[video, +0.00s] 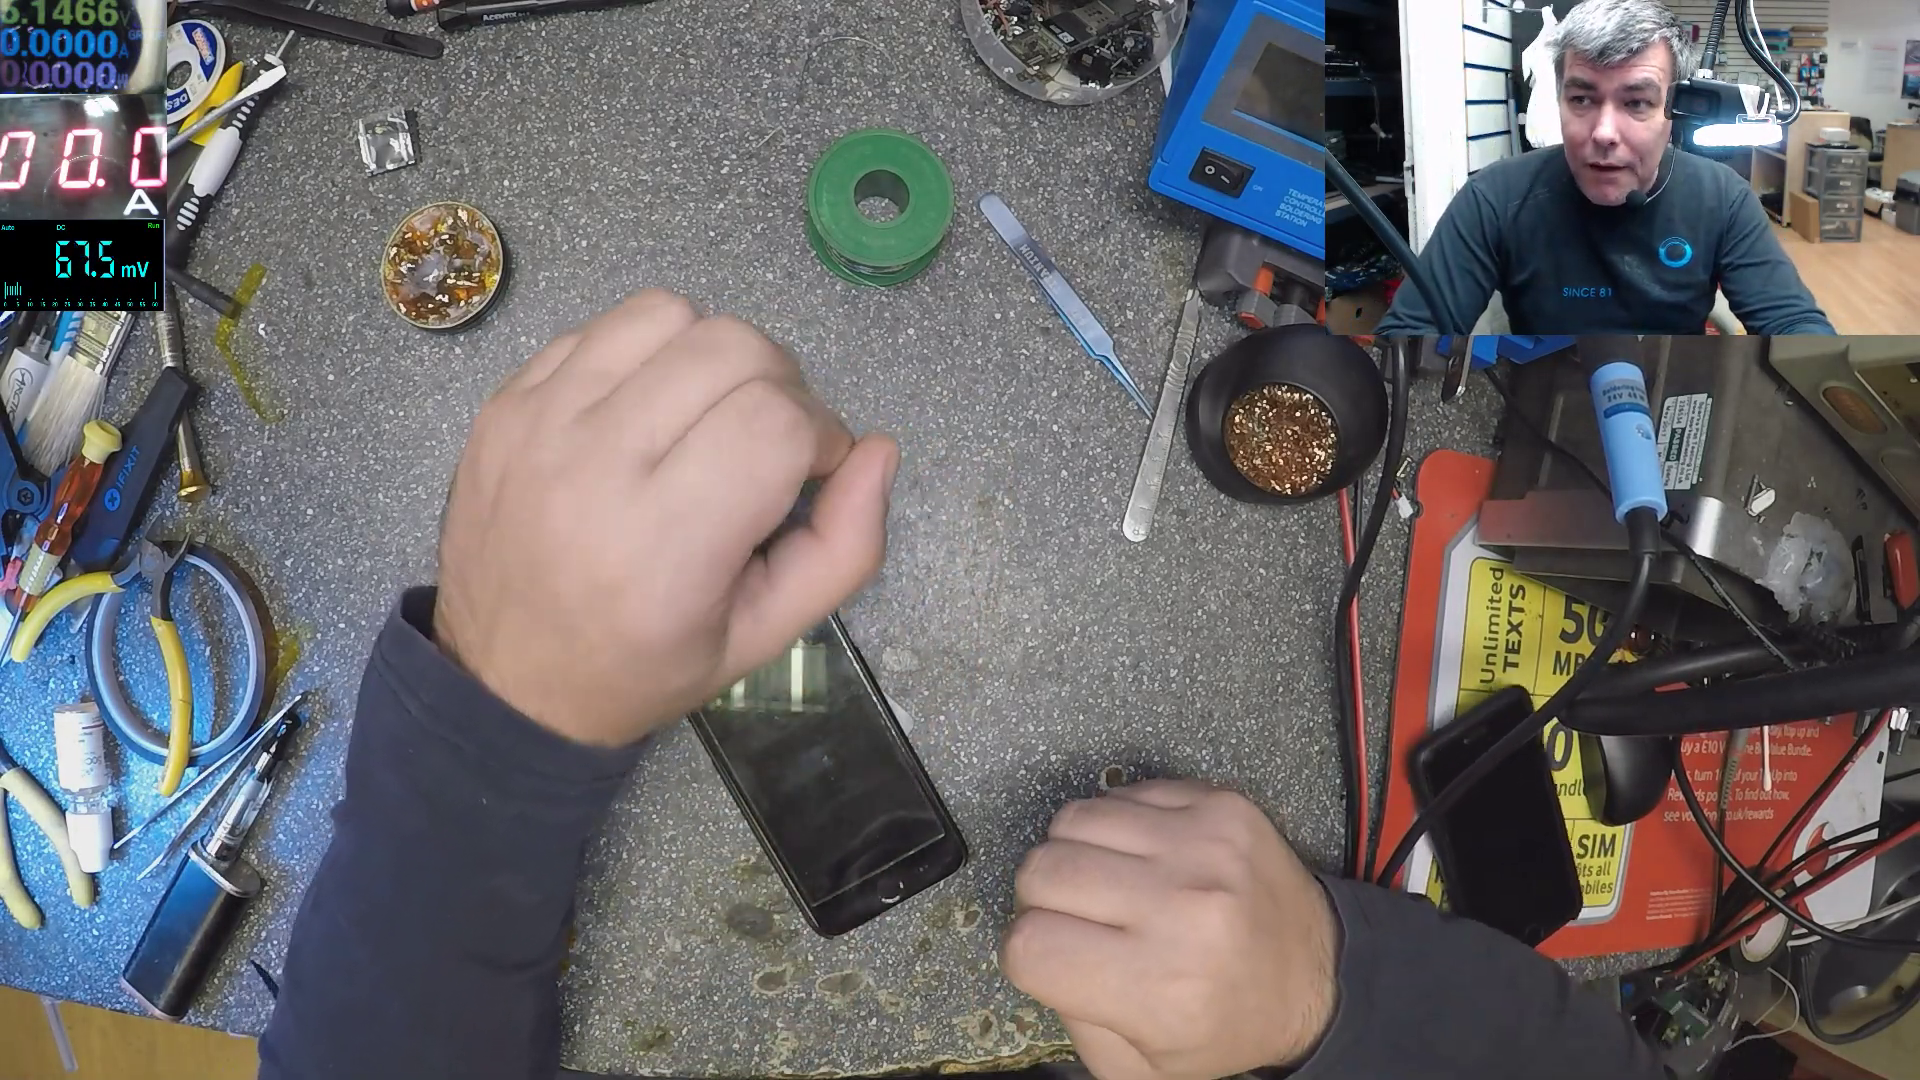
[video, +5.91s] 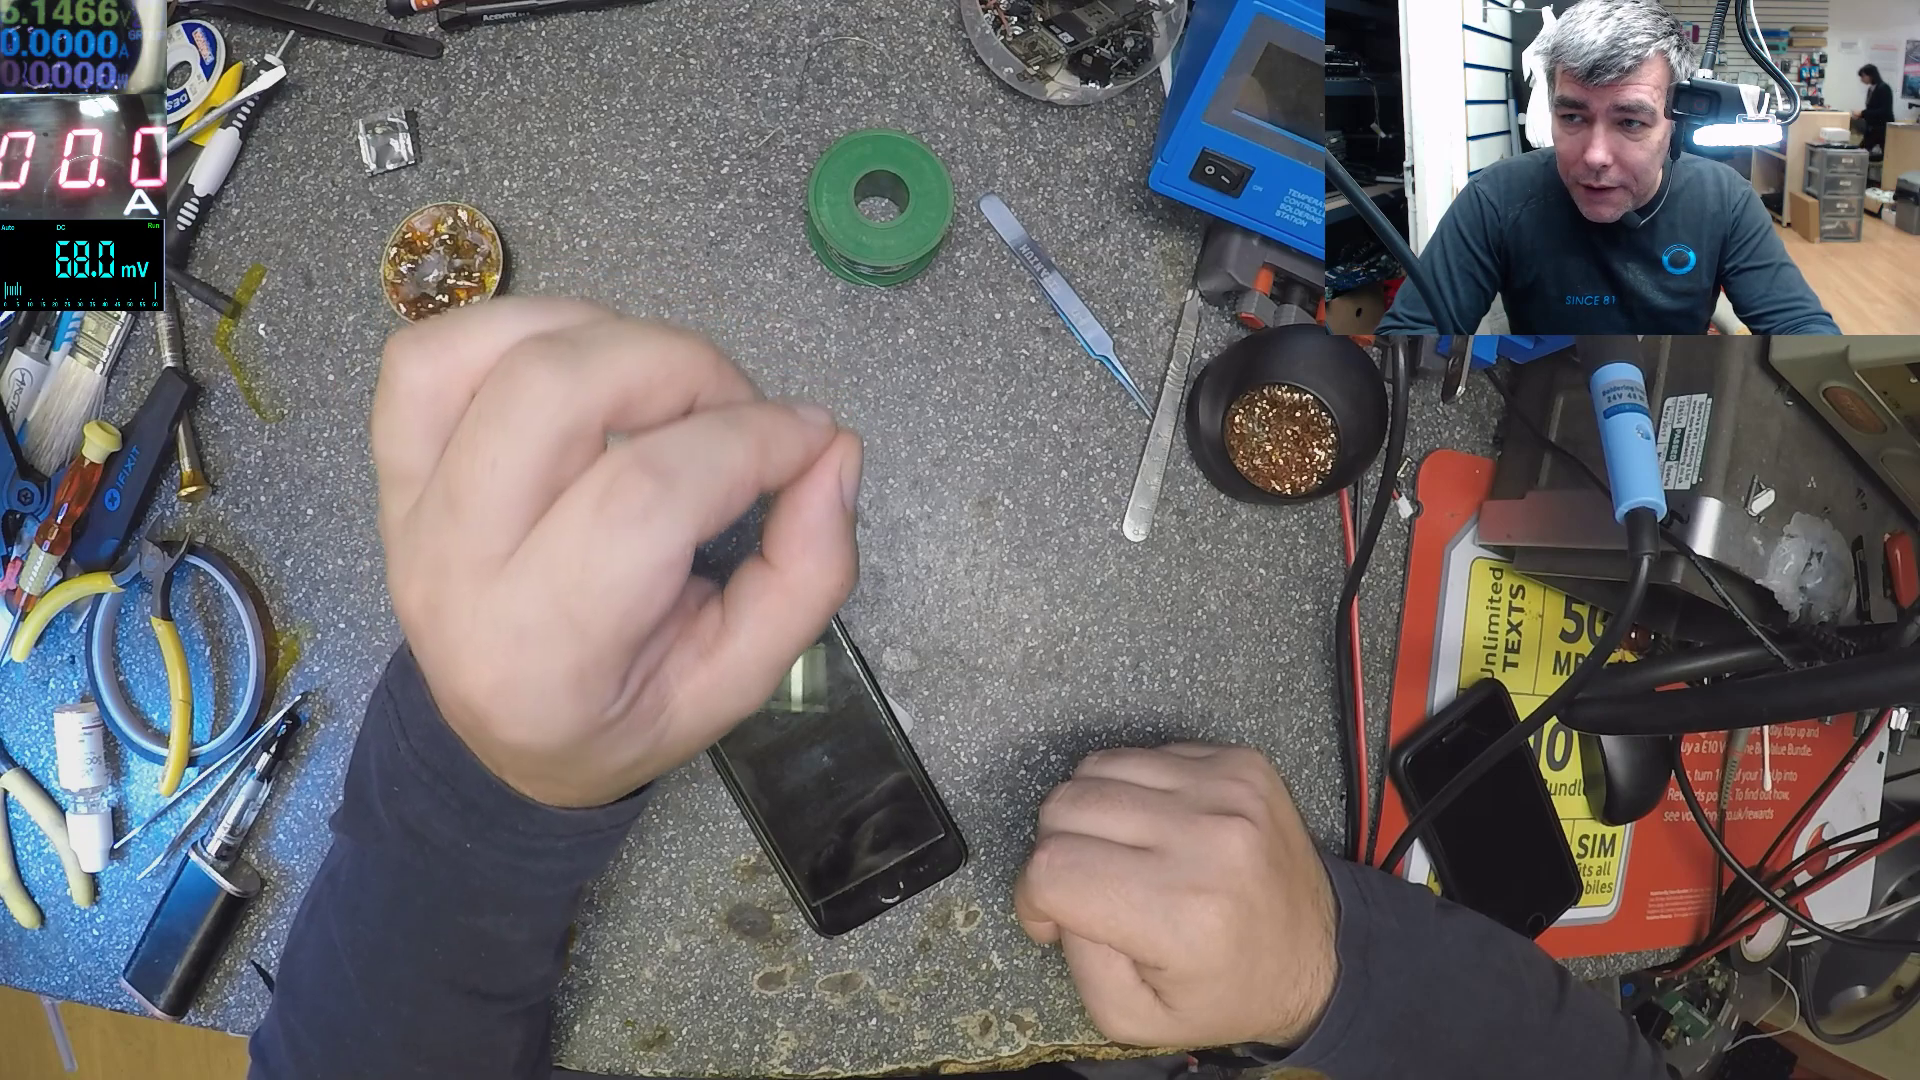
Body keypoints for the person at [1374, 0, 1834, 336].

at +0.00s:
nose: (1604, 134)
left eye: (1635, 103)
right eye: (1582, 100)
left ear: (1669, 112)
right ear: (1558, 102)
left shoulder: (1719, 199)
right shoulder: (1494, 202)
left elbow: (1794, 324)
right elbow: (1407, 335)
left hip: (1679, 414)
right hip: (1543, 416)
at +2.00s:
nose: (1596, 155)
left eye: (1631, 122)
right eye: (1575, 116)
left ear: (1671, 118)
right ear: (1549, 109)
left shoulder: (1723, 202)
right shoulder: (1497, 203)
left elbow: (1805, 331)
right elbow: (1406, 335)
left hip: (1680, 420)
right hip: (1544, 421)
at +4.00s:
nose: (1588, 142)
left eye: (1622, 110)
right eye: (1567, 106)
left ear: (1665, 116)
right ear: (1543, 109)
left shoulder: (1720, 199)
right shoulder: (1495, 203)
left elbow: (1802, 329)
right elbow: (1407, 338)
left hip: (1680, 423)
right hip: (1544, 424)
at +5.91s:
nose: (1597, 157)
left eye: (1631, 122)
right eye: (1574, 117)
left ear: (1670, 120)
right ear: (1548, 112)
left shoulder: (1722, 201)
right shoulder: (1497, 202)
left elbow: (1803, 329)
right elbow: (1406, 335)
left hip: (1681, 420)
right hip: (1544, 421)